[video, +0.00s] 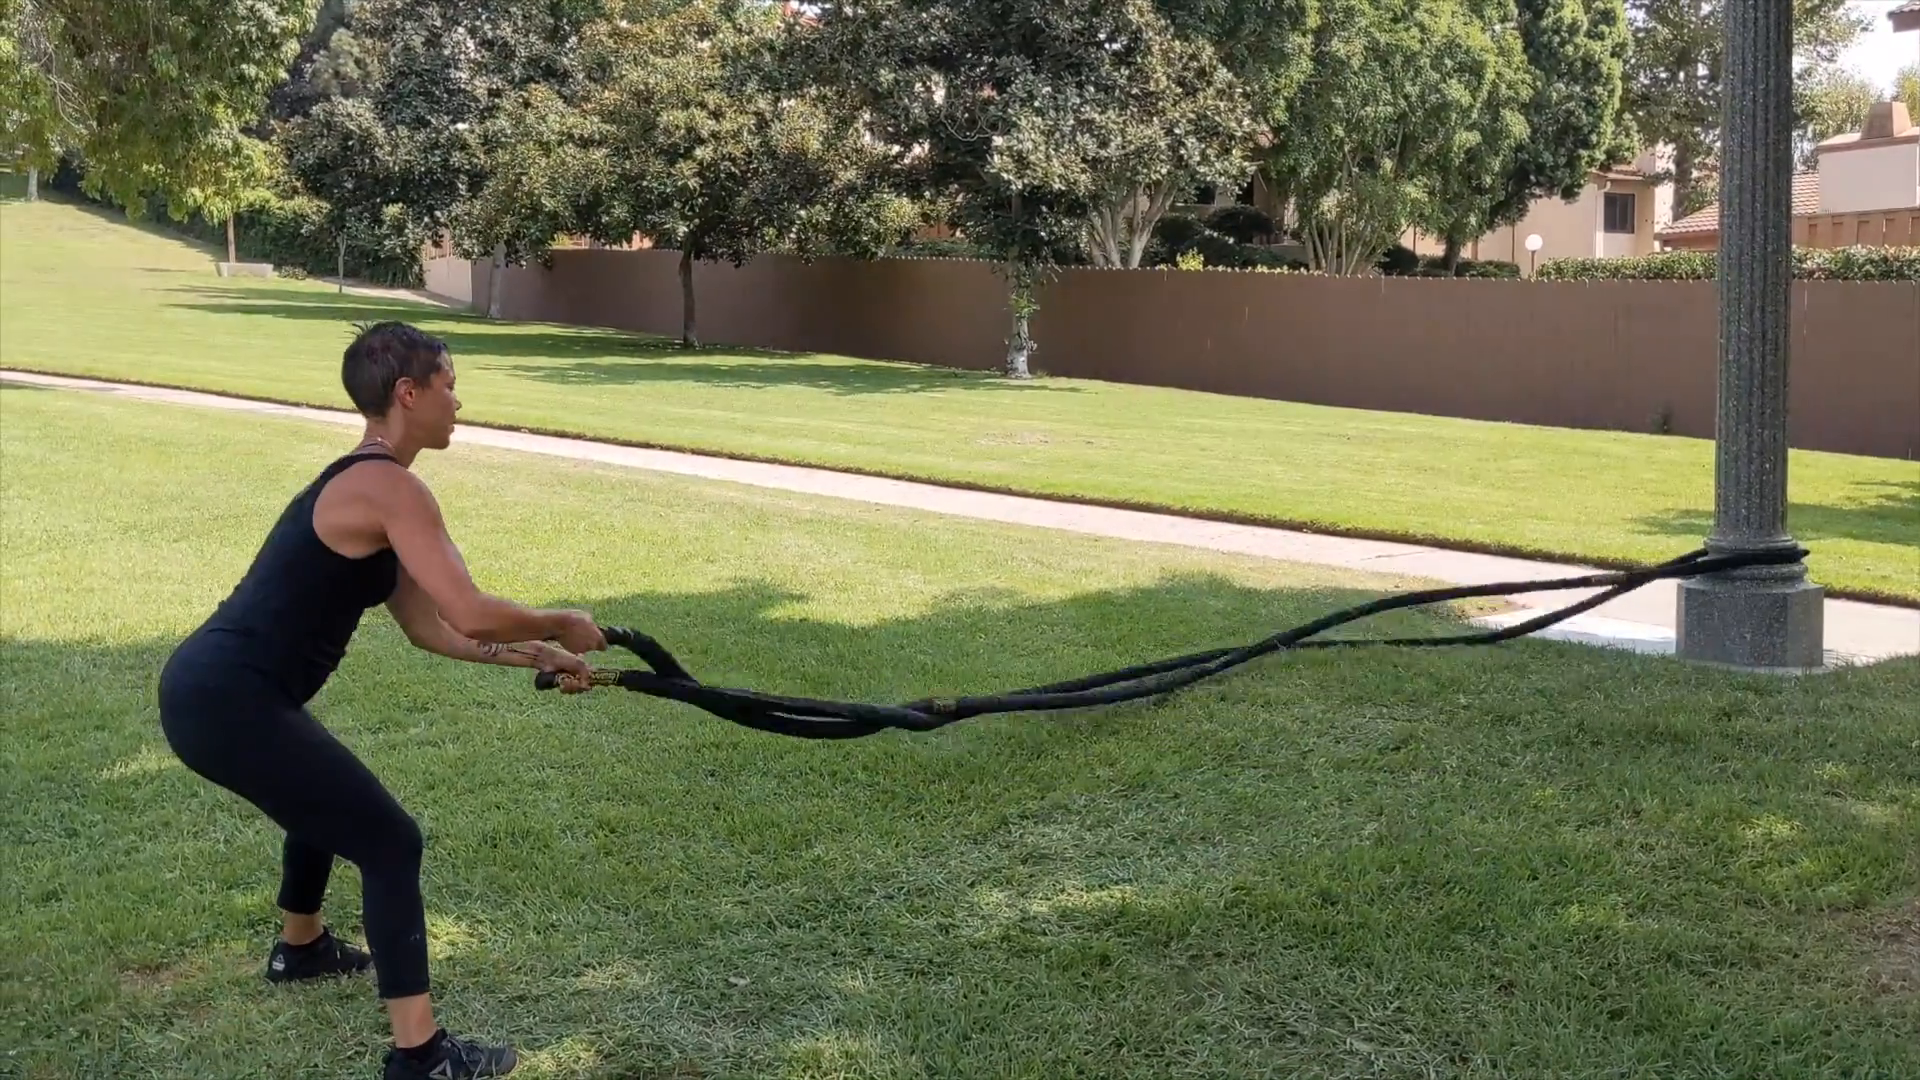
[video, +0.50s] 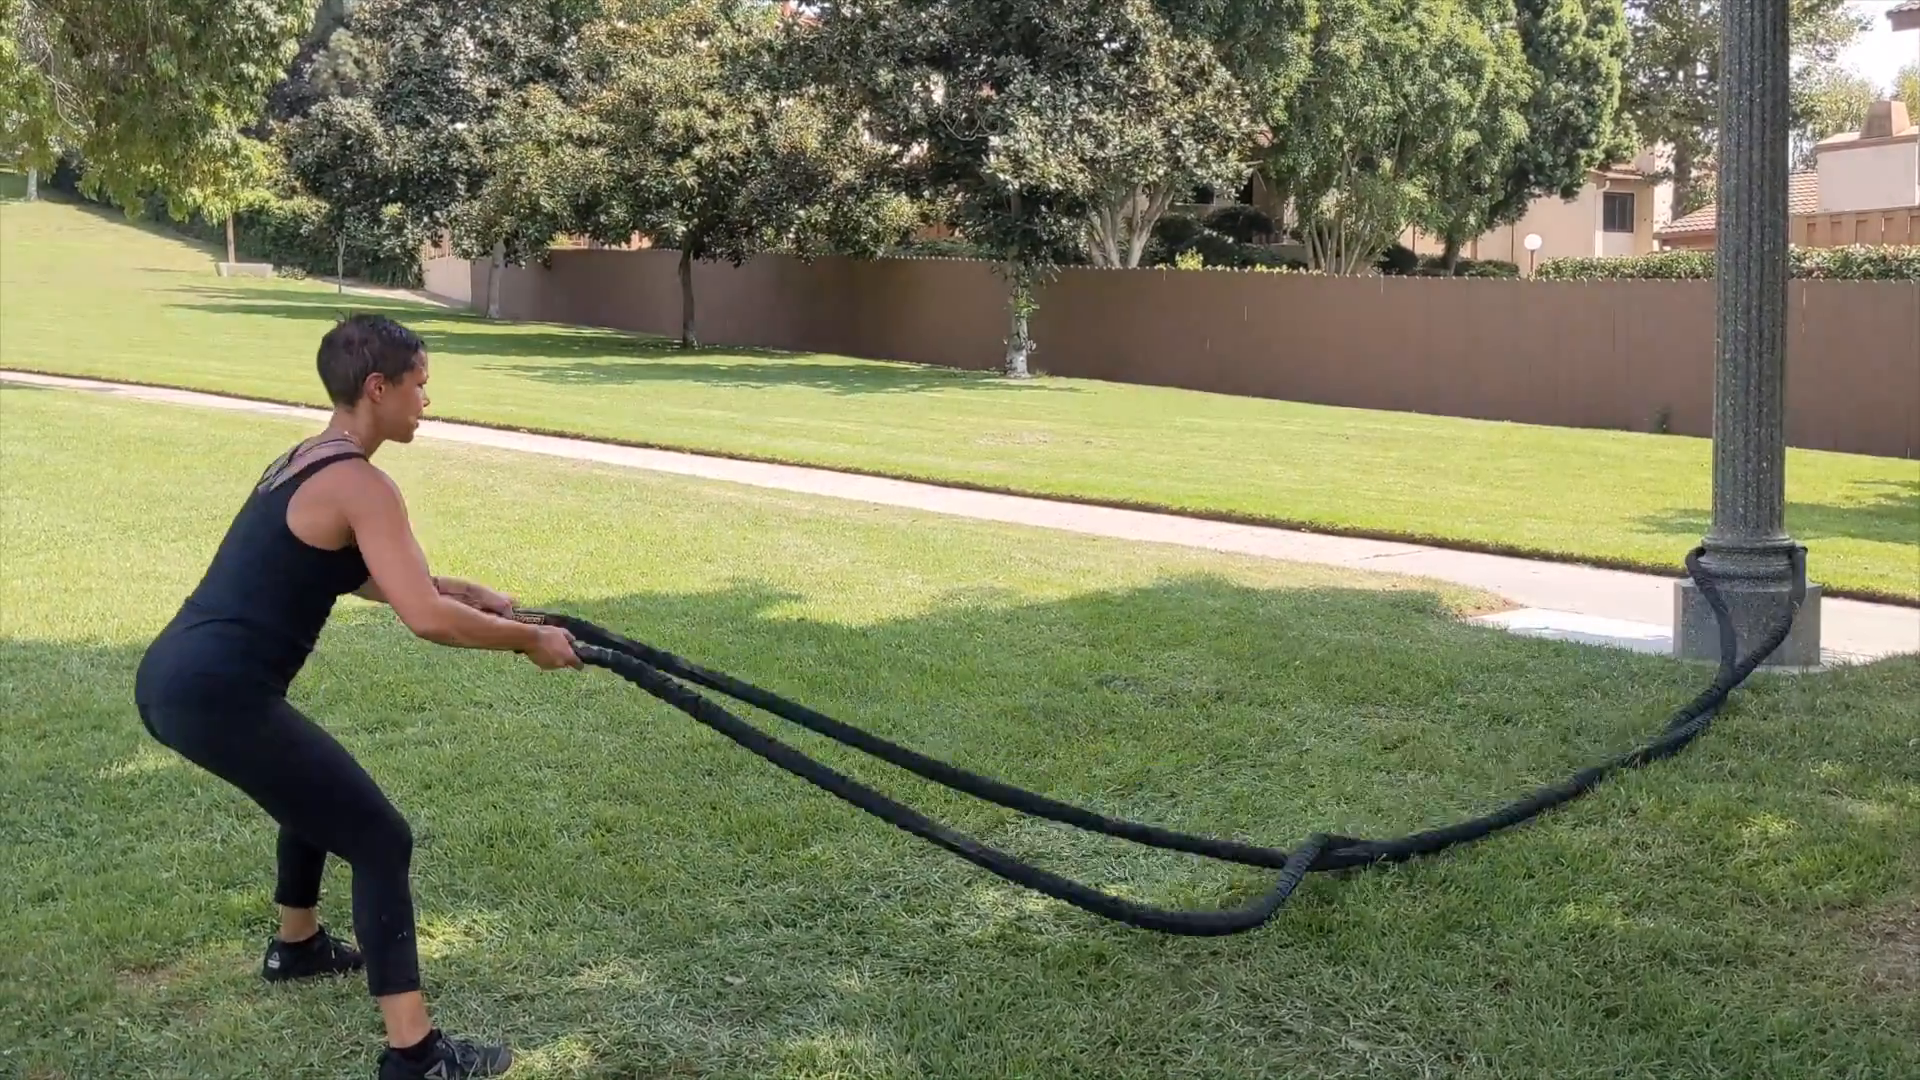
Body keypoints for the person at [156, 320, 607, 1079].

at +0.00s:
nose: (457, 399)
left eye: (454, 383)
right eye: (448, 384)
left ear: (394, 397)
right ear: (405, 394)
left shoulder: (358, 481)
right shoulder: (393, 487)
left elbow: (428, 629)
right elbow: (472, 615)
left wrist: (529, 653)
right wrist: (559, 622)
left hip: (211, 686)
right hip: (228, 703)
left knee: (327, 797)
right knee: (392, 840)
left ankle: (301, 949)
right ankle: (418, 1047)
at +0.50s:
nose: (426, 404)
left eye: (426, 387)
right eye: (419, 387)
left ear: (359, 389)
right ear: (376, 387)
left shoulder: (303, 461)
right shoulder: (363, 487)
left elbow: (357, 576)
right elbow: (431, 619)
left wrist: (471, 594)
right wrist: (527, 638)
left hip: (173, 677)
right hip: (217, 696)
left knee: (318, 790)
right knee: (381, 838)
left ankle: (296, 945)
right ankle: (412, 1047)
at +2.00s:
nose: (396, 377)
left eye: (396, 362)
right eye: (390, 362)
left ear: (325, 362)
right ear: (347, 361)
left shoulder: (251, 424)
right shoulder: (375, 460)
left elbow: (245, 528)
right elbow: (426, 583)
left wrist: (333, 540)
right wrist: (428, 573)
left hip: (157, 660)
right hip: (231, 675)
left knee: (304, 764)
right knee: (387, 817)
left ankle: (301, 923)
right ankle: (414, 1026)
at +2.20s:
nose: (420, 376)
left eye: (418, 361)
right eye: (411, 362)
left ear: (343, 369)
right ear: (374, 367)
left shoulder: (276, 430)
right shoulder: (393, 465)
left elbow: (181, 516)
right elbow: (448, 587)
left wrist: (269, 537)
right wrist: (425, 563)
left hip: (158, 655)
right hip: (222, 674)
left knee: (296, 764)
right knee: (385, 815)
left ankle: (293, 919)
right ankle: (407, 1022)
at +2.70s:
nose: (436, 377)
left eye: (435, 361)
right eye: (428, 360)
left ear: (373, 366)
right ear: (385, 364)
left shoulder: (363, 455)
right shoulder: (343, 461)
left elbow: (402, 581)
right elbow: (408, 587)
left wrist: (490, 606)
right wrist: (544, 602)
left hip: (222, 654)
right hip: (194, 671)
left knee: (333, 753)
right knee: (365, 807)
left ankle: (288, 909)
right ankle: (399, 1016)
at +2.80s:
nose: (426, 372)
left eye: (424, 356)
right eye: (418, 356)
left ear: (357, 361)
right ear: (375, 361)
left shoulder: (320, 436)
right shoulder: (342, 458)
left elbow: (383, 575)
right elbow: (412, 585)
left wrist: (456, 600)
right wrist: (544, 597)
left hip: (196, 646)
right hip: (195, 666)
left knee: (324, 748)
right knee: (359, 808)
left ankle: (289, 910)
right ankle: (397, 1017)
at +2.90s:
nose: (409, 368)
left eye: (408, 352)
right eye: (402, 352)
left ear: (339, 356)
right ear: (359, 355)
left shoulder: (290, 425)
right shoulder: (340, 457)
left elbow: (354, 563)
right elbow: (411, 583)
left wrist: (481, 582)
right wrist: (528, 594)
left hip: (157, 644)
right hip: (196, 662)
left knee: (305, 759)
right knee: (356, 809)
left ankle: (289, 910)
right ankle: (396, 1016)